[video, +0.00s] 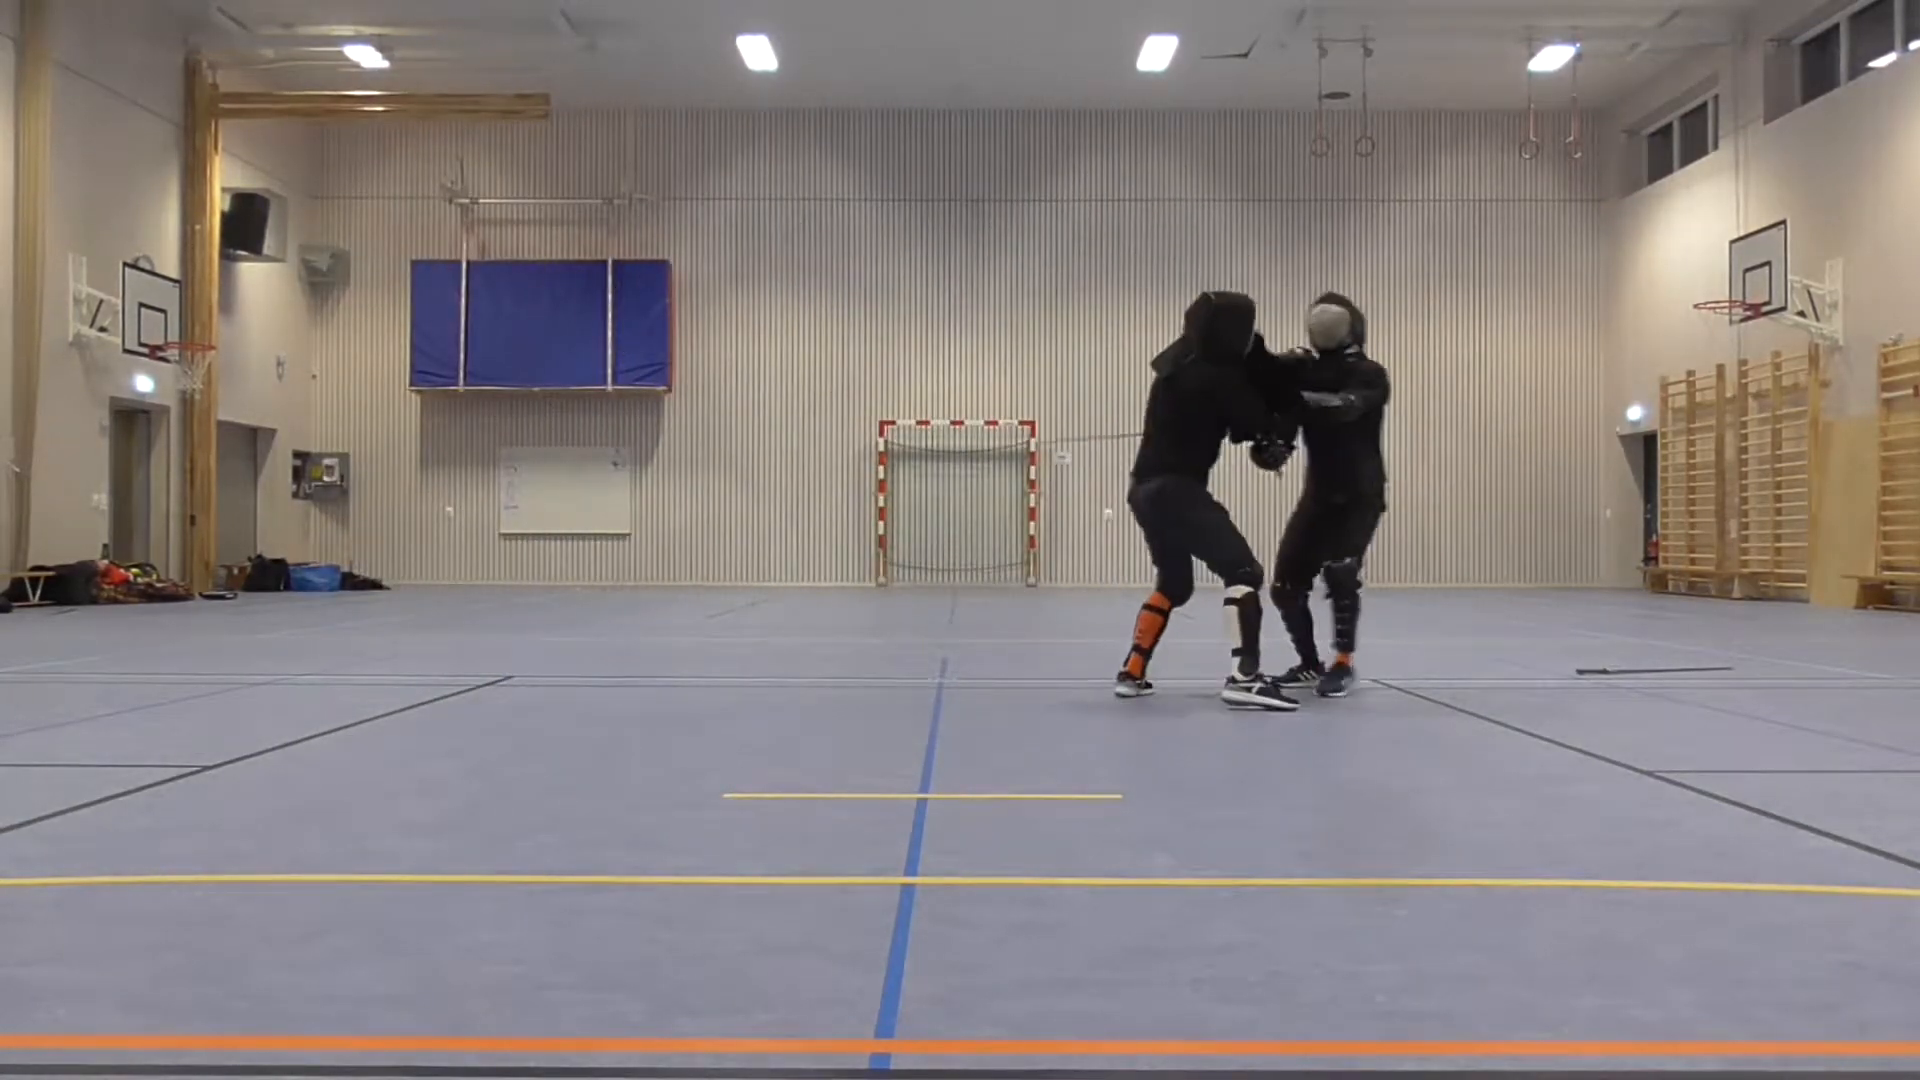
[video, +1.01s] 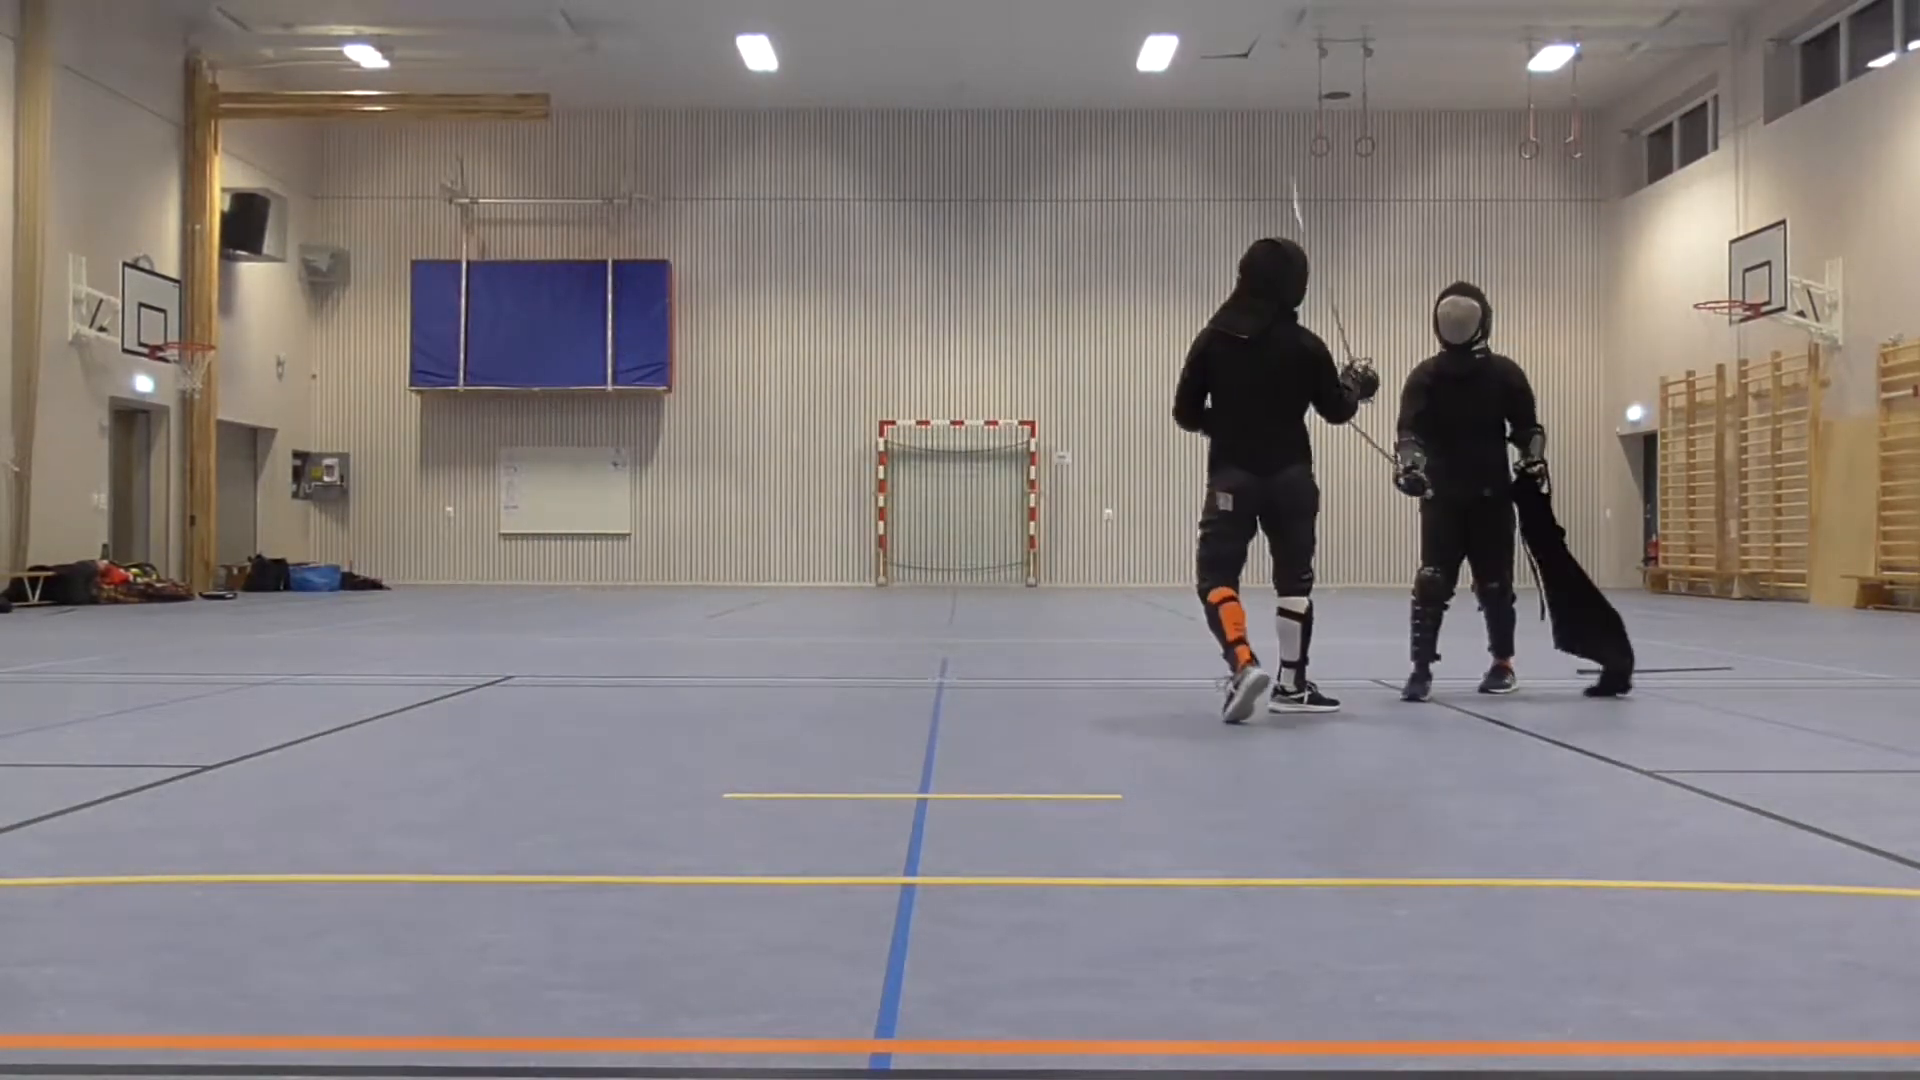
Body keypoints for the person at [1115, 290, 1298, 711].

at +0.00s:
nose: (1250, 338)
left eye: (1250, 329)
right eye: (1246, 329)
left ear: (1200, 328)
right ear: (1231, 333)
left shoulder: (1174, 365)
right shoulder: (1223, 374)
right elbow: (1256, 426)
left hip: (1144, 489)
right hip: (1180, 489)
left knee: (1174, 583)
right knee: (1243, 572)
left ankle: (1132, 673)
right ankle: (1246, 675)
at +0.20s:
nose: (1230, 327)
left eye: (1230, 318)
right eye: (1226, 319)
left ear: (1185, 316)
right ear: (1211, 321)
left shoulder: (1158, 354)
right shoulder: (1203, 367)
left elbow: (1208, 385)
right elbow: (1255, 404)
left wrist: (1251, 375)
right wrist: (1284, 384)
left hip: (1137, 485)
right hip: (1172, 484)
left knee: (1171, 574)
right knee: (1228, 570)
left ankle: (1132, 669)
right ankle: (1222, 675)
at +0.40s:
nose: (1239, 326)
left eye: (1239, 318)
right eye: (1236, 318)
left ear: (1189, 317)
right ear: (1223, 322)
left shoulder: (1157, 360)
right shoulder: (1220, 374)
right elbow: (1268, 424)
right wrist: (1308, 405)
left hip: (1149, 488)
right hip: (1186, 488)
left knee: (1179, 575)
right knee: (1249, 567)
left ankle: (1135, 665)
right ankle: (1256, 671)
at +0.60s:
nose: (1277, 318)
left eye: (1276, 309)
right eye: (1273, 309)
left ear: (1222, 309)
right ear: (1260, 313)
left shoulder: (1191, 357)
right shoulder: (1261, 364)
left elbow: (1190, 425)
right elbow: (1303, 418)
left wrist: (1259, 441)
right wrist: (1330, 406)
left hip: (1187, 493)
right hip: (1235, 493)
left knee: (1173, 576)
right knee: (1286, 576)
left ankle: (1141, 667)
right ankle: (1289, 681)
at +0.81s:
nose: (1302, 301)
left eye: (1303, 291)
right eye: (1299, 292)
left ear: (1245, 287)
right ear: (1287, 294)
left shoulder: (1208, 341)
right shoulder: (1292, 352)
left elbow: (1197, 398)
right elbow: (1327, 415)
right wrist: (1350, 400)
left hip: (1210, 480)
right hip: (1265, 481)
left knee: (1202, 568)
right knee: (1293, 576)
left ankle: (1188, 669)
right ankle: (1289, 681)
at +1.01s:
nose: (1304, 290)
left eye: (1302, 282)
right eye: (1301, 283)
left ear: (1246, 280)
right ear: (1294, 288)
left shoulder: (1215, 339)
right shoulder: (1304, 346)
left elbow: (1186, 414)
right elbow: (1335, 411)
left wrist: (1230, 421)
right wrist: (1356, 389)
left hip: (1231, 482)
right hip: (1292, 482)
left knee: (1217, 577)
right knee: (1295, 577)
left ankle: (1244, 667)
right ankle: (1292, 684)